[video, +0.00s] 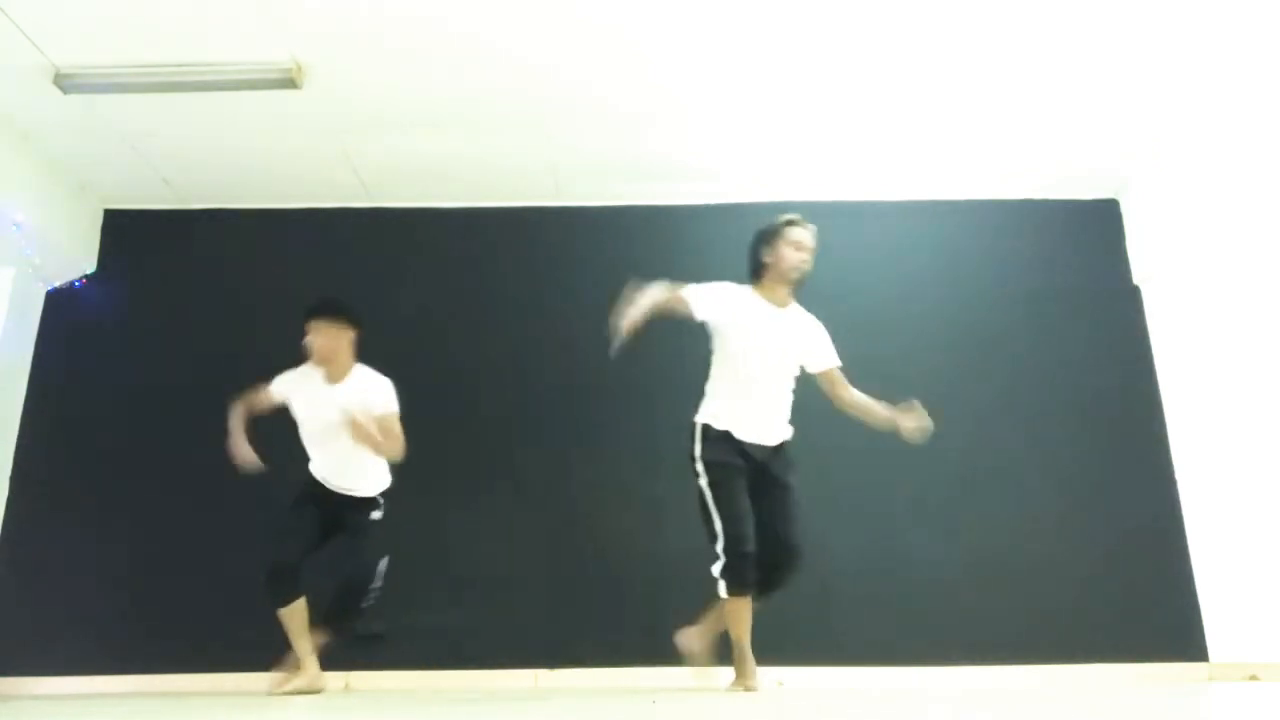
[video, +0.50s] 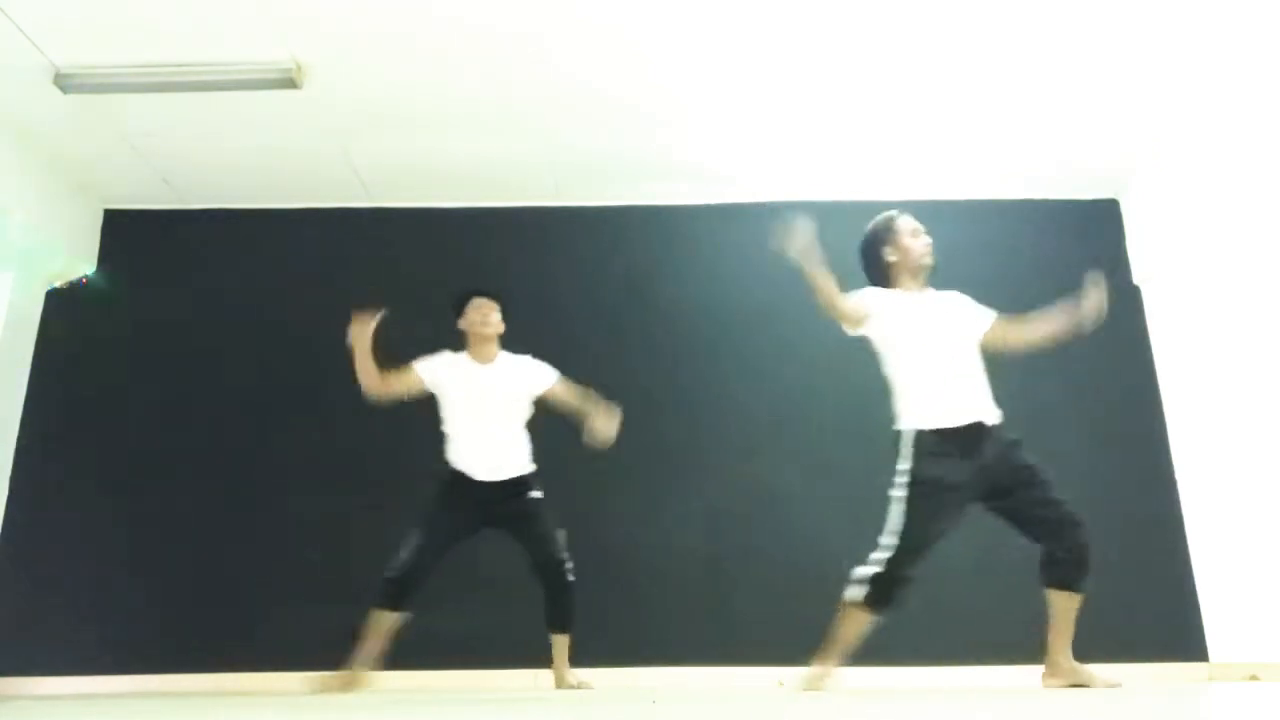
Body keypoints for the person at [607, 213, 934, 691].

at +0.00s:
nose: (803, 257)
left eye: (808, 251)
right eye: (794, 246)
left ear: (810, 261)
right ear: (767, 252)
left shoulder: (807, 328)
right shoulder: (729, 299)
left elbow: (841, 392)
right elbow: (661, 294)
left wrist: (894, 417)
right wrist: (632, 314)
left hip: (771, 447)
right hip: (720, 438)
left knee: (781, 555)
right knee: (739, 546)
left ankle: (699, 634)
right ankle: (744, 666)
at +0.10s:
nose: (835, 259)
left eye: (838, 252)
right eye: (826, 248)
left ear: (837, 264)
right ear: (797, 255)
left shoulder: (828, 331)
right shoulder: (751, 289)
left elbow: (865, 402)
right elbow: (700, 253)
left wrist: (901, 459)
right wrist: (742, 219)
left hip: (794, 446)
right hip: (739, 438)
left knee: (851, 539)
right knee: (751, 549)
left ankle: (807, 643)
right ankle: (746, 666)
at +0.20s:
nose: (856, 259)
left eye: (860, 252)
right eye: (847, 248)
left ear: (860, 265)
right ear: (818, 252)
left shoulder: (851, 330)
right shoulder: (780, 284)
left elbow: (879, 402)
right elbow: (752, 227)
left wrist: (904, 466)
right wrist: (815, 222)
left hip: (833, 448)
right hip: (773, 441)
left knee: (905, 537)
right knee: (765, 560)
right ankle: (749, 671)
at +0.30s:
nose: (877, 254)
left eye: (881, 249)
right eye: (866, 245)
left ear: (883, 262)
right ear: (841, 251)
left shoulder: (887, 326)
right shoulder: (813, 288)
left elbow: (914, 395)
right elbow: (793, 223)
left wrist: (941, 456)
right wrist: (854, 226)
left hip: (885, 448)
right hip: (824, 442)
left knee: (953, 546)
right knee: (793, 559)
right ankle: (752, 669)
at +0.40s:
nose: (908, 246)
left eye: (906, 238)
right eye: (897, 239)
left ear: (901, 256)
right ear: (870, 253)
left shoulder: (922, 319)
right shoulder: (847, 296)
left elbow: (970, 378)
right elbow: (812, 250)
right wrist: (864, 213)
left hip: (942, 447)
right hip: (884, 445)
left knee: (1023, 538)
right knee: (837, 561)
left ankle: (1058, 664)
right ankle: (760, 660)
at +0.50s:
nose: (927, 238)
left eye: (924, 232)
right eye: (914, 233)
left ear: (924, 249)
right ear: (888, 253)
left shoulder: (956, 305)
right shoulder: (877, 303)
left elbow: (1018, 332)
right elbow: (840, 309)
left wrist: (1081, 311)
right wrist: (810, 260)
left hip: (990, 445)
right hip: (930, 449)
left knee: (1066, 535)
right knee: (892, 565)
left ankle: (1060, 664)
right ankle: (822, 669)